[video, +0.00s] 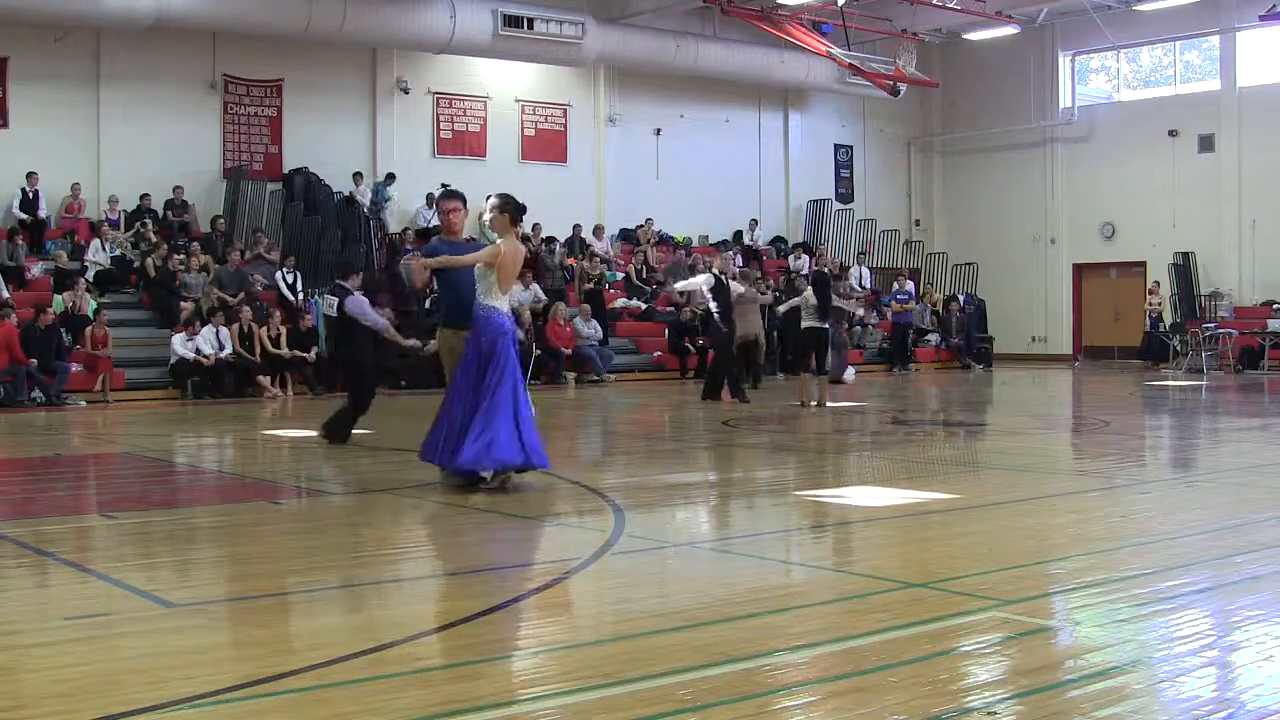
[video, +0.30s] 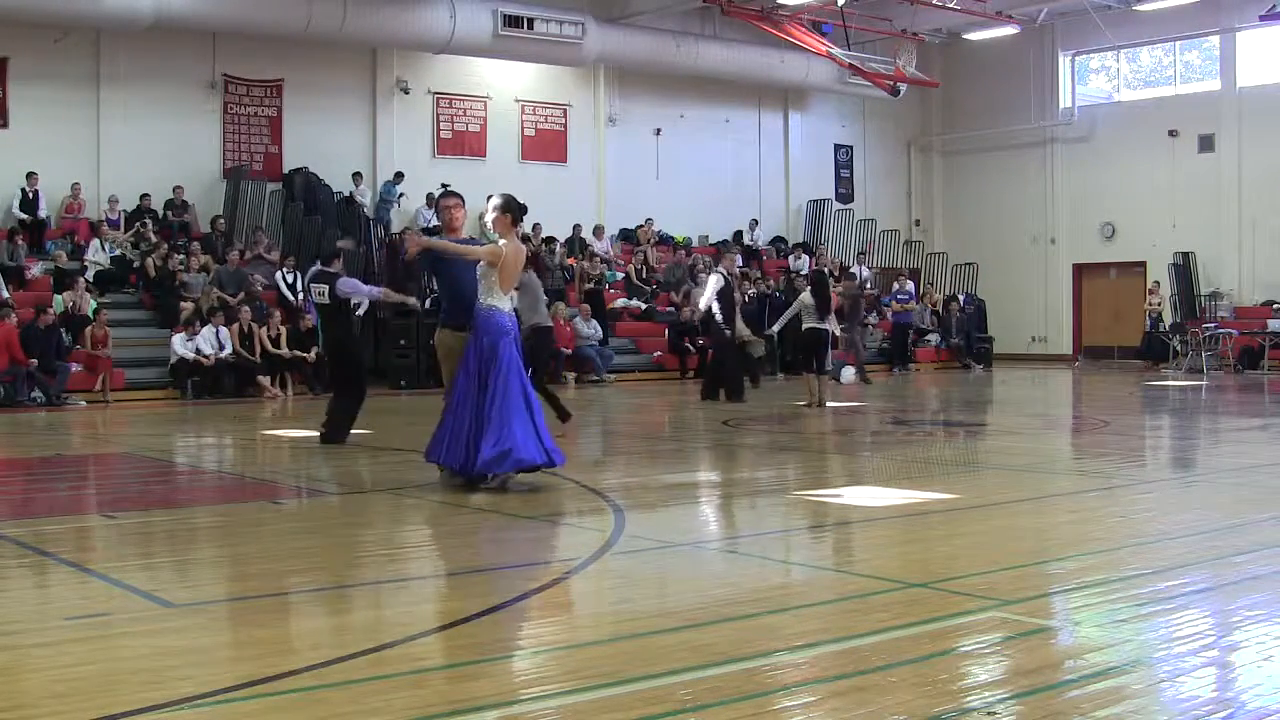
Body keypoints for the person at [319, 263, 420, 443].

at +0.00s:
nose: (362, 279)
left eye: (361, 276)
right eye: (361, 276)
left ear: (341, 276)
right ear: (353, 277)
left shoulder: (331, 292)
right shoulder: (355, 300)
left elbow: (355, 313)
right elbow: (379, 325)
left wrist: (377, 314)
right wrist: (403, 341)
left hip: (341, 351)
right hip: (356, 354)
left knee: (359, 393)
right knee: (364, 395)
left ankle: (338, 430)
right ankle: (334, 429)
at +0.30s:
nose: (342, 262)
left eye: (340, 258)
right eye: (341, 259)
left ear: (322, 260)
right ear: (338, 260)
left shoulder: (312, 278)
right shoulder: (342, 283)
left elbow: (321, 263)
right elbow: (376, 293)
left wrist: (336, 247)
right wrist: (406, 299)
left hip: (329, 341)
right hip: (345, 342)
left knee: (342, 385)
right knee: (355, 387)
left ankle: (331, 427)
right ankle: (335, 434)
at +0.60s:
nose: (332, 245)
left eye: (329, 242)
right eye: (331, 243)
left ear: (313, 246)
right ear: (327, 247)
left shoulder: (306, 262)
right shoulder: (333, 263)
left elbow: (301, 239)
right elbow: (359, 249)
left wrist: (307, 213)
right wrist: (379, 229)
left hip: (326, 325)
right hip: (341, 326)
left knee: (333, 371)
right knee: (346, 373)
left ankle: (328, 421)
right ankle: (338, 428)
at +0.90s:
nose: (325, 243)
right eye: (321, 241)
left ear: (305, 249)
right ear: (314, 246)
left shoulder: (306, 263)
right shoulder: (314, 261)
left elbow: (288, 253)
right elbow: (322, 237)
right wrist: (324, 211)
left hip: (322, 323)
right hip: (331, 323)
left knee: (314, 374)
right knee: (338, 375)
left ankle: (288, 418)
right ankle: (337, 426)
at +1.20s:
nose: (306, 271)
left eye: (305, 266)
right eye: (303, 266)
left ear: (287, 267)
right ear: (295, 267)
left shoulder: (282, 282)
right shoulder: (292, 286)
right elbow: (277, 317)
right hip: (298, 348)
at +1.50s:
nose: (287, 281)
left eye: (286, 277)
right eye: (282, 278)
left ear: (273, 281)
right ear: (272, 279)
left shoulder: (265, 298)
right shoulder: (279, 300)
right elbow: (299, 321)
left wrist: (302, 354)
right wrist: (322, 337)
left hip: (264, 360)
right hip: (269, 361)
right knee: (292, 398)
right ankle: (271, 435)